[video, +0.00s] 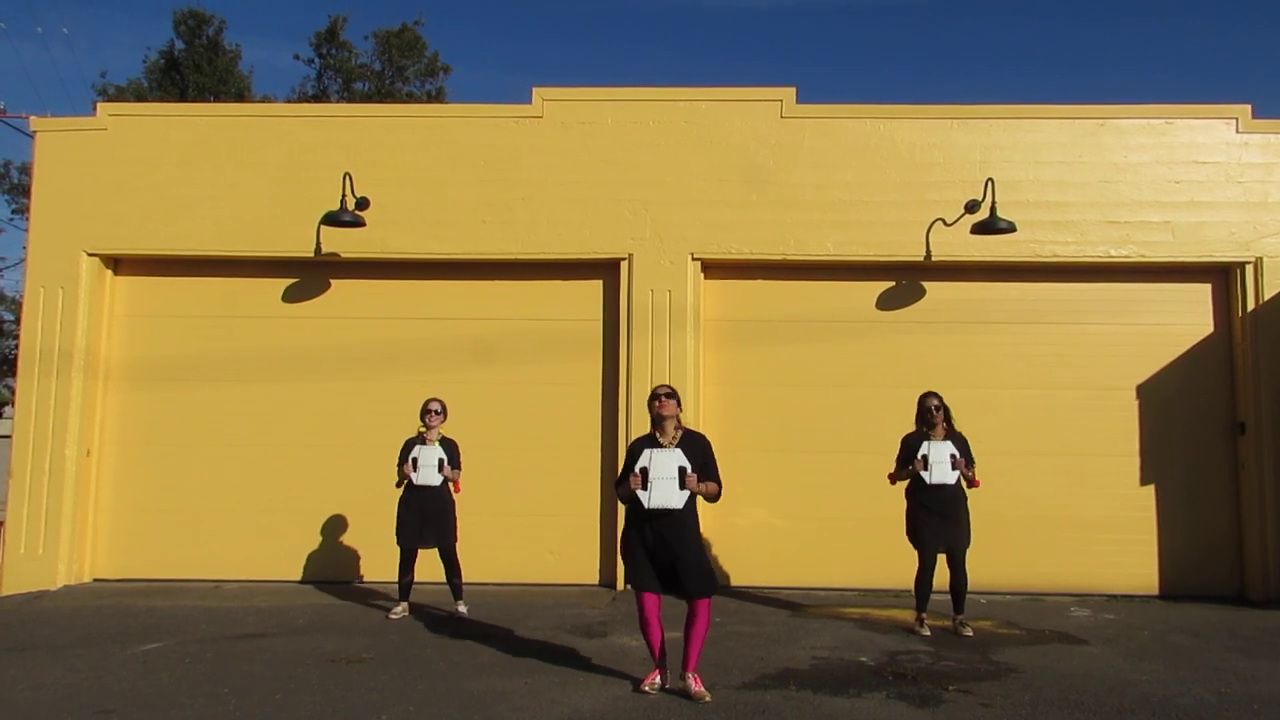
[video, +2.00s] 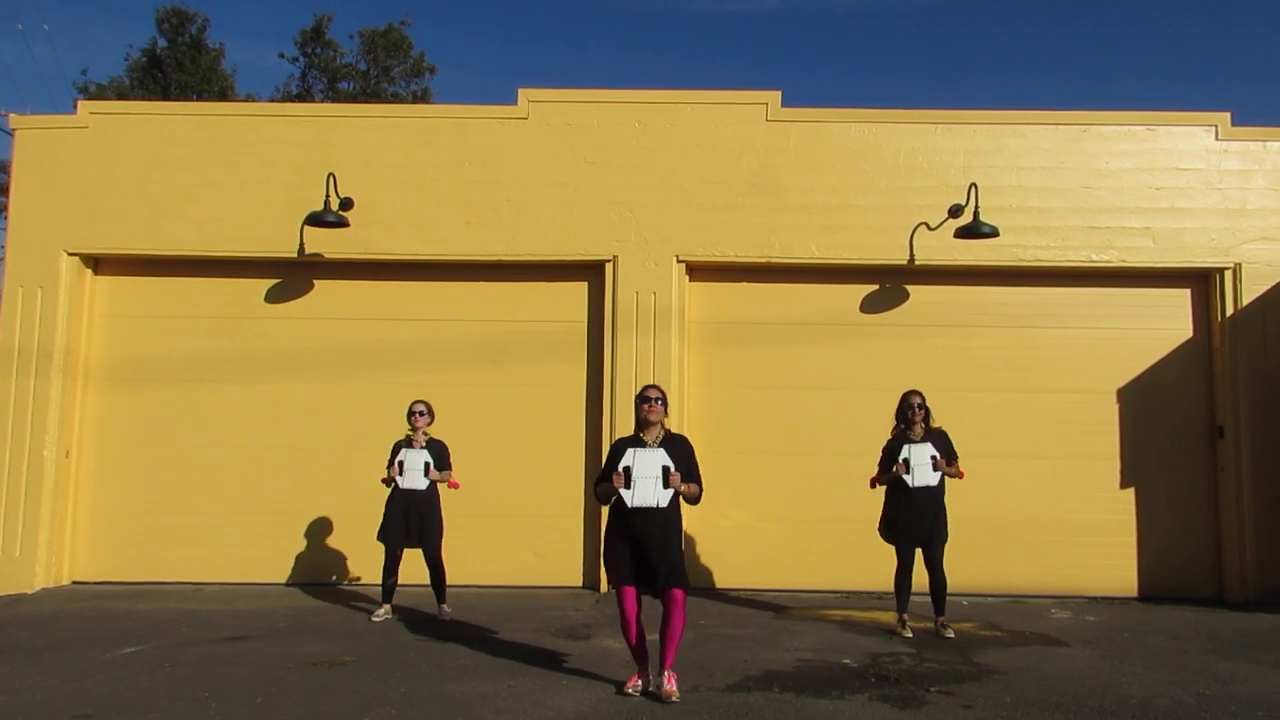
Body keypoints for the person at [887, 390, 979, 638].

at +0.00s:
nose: (934, 413)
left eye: (937, 408)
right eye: (928, 410)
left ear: (944, 410)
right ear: (921, 413)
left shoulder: (958, 440)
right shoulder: (912, 441)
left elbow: (971, 480)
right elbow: (895, 476)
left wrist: (963, 469)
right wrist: (912, 470)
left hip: (954, 511)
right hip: (924, 511)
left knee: (957, 564)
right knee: (927, 563)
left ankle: (959, 618)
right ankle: (921, 618)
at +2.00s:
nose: (915, 410)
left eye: (920, 406)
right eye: (910, 407)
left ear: (925, 409)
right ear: (902, 411)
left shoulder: (939, 437)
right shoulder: (895, 443)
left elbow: (956, 471)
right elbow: (880, 479)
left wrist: (944, 468)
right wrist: (895, 473)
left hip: (933, 514)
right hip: (903, 515)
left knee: (936, 567)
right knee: (905, 566)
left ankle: (941, 620)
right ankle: (902, 619)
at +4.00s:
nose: (902, 413)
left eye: (906, 409)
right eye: (898, 409)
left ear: (913, 414)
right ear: (891, 413)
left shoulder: (922, 433)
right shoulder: (883, 434)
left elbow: (954, 416)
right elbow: (892, 406)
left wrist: (960, 383)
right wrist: (917, 378)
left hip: (923, 506)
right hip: (893, 507)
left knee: (922, 563)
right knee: (897, 564)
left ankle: (926, 620)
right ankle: (900, 618)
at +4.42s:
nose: (909, 417)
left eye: (913, 414)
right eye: (905, 414)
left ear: (919, 417)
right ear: (897, 417)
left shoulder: (929, 441)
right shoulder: (889, 442)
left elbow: (935, 426)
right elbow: (873, 431)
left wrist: (920, 399)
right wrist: (873, 400)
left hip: (923, 511)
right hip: (894, 511)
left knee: (923, 567)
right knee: (898, 566)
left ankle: (934, 621)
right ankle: (894, 618)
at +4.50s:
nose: (908, 412)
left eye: (912, 408)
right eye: (904, 408)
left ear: (919, 411)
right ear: (897, 412)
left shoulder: (928, 436)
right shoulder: (889, 437)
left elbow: (946, 429)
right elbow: (879, 431)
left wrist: (938, 398)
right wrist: (890, 400)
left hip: (924, 508)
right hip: (894, 508)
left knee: (924, 563)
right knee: (898, 564)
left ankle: (928, 621)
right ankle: (895, 615)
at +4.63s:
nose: (907, 407)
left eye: (912, 404)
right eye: (902, 403)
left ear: (918, 409)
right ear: (891, 408)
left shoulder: (924, 437)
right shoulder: (883, 434)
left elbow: (955, 438)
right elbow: (900, 429)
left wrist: (965, 409)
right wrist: (922, 406)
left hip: (923, 508)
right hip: (893, 508)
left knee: (920, 565)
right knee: (898, 564)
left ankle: (926, 624)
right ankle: (907, 611)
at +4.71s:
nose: (905, 411)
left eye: (910, 407)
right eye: (900, 407)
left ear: (916, 412)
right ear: (890, 412)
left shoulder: (924, 441)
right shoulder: (883, 438)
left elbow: (957, 445)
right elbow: (900, 436)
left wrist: (970, 419)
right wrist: (927, 416)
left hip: (923, 510)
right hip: (892, 510)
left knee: (921, 567)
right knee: (895, 567)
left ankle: (926, 625)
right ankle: (910, 611)